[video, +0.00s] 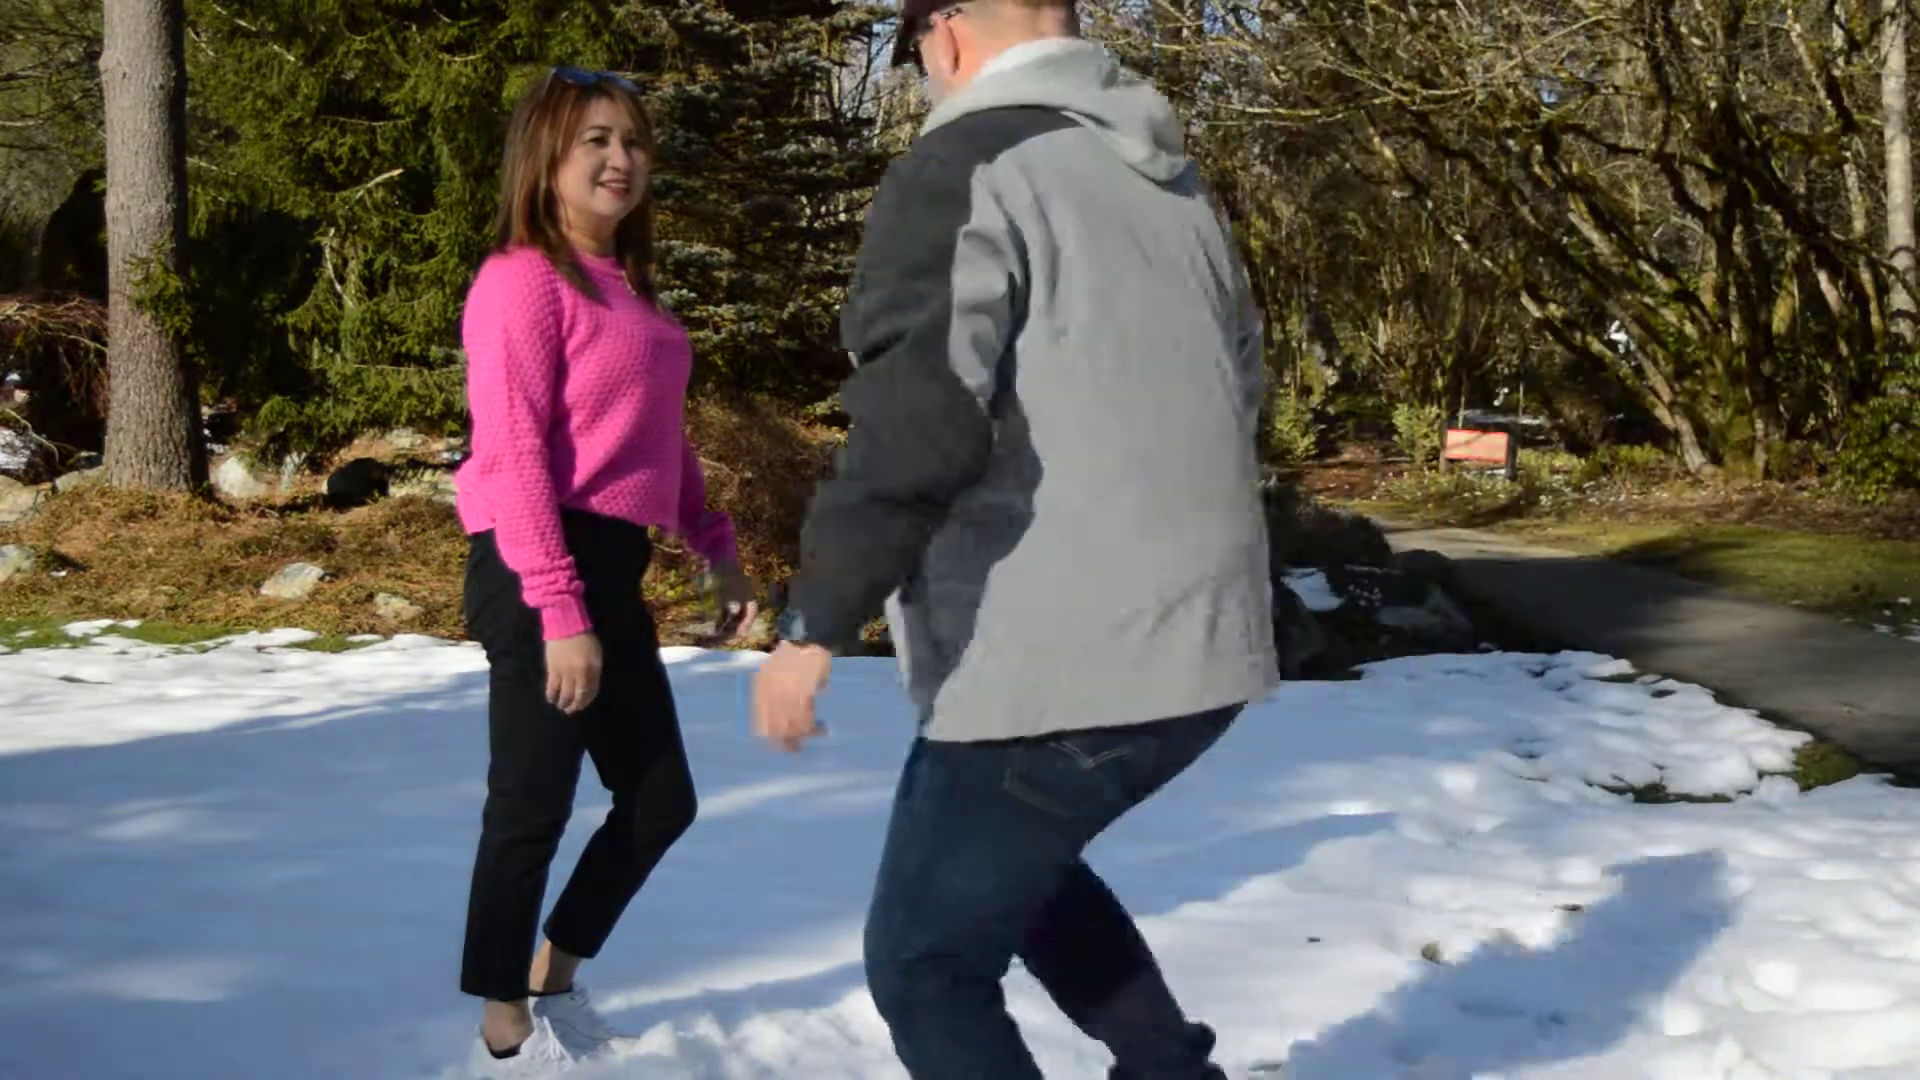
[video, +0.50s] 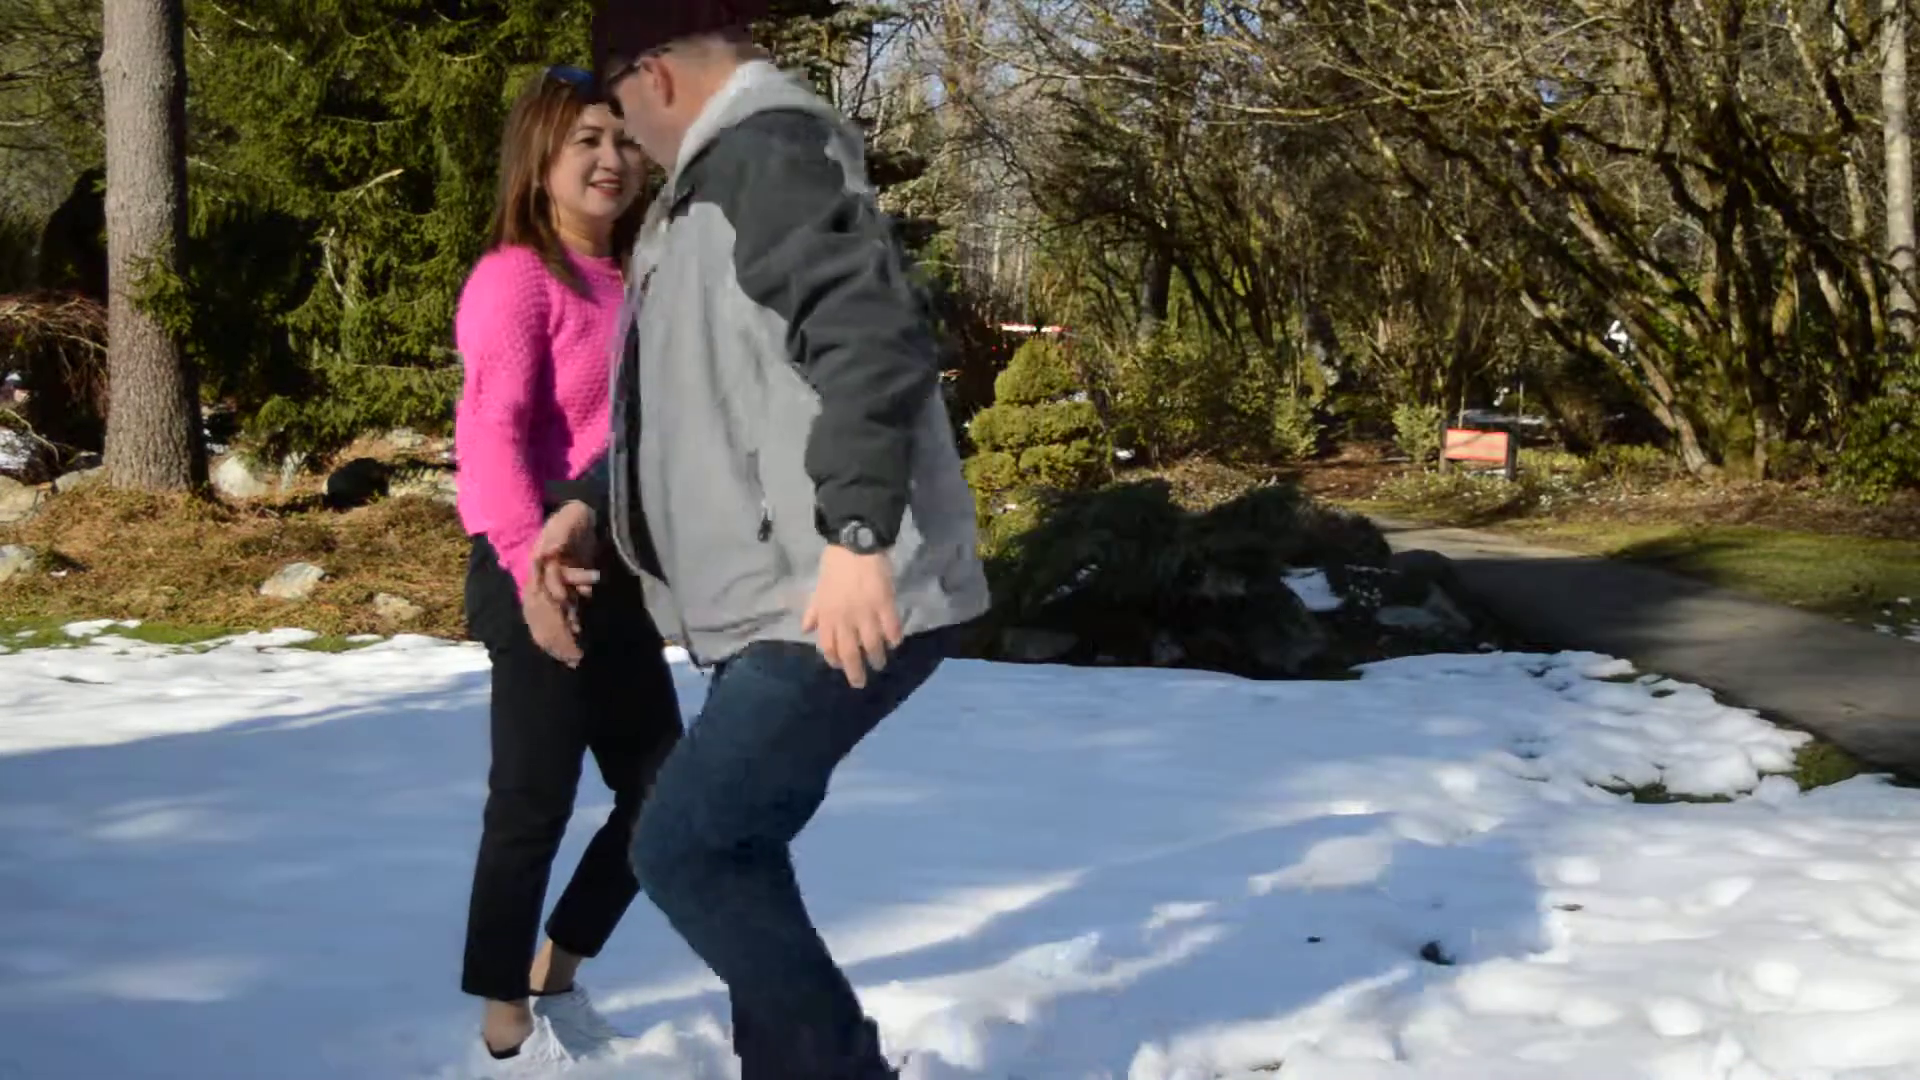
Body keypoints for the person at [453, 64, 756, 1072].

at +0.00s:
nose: (621, 159)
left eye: (633, 142)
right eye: (596, 142)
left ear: (645, 165)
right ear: (545, 163)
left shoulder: (623, 288)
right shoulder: (517, 281)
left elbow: (661, 445)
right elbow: (513, 458)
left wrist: (720, 558)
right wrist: (560, 614)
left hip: (608, 566)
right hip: (533, 561)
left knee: (660, 799)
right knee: (530, 805)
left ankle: (549, 978)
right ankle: (502, 1031)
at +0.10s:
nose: (620, 159)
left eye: (632, 142)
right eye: (595, 142)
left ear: (645, 164)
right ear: (544, 162)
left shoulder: (621, 286)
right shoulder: (517, 280)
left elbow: (664, 442)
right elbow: (511, 460)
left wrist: (718, 548)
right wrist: (559, 615)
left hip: (612, 560)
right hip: (536, 554)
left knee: (660, 800)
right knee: (529, 809)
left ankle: (549, 981)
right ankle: (503, 1034)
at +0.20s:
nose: (619, 159)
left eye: (632, 142)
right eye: (594, 142)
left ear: (644, 165)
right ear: (544, 163)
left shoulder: (628, 291)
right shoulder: (516, 283)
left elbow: (659, 454)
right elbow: (508, 463)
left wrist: (738, 563)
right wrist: (555, 613)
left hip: (606, 559)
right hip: (528, 551)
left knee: (660, 799)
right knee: (530, 804)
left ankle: (550, 979)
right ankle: (502, 1030)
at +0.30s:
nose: (617, 158)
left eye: (630, 142)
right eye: (593, 141)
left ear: (645, 164)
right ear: (543, 161)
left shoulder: (623, 286)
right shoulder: (516, 280)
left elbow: (660, 447)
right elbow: (502, 454)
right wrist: (556, 607)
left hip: (614, 556)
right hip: (534, 553)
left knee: (660, 804)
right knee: (530, 804)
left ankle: (548, 982)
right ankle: (502, 1038)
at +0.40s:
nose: (614, 159)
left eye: (628, 143)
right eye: (591, 141)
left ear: (643, 166)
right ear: (541, 160)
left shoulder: (619, 283)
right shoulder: (513, 279)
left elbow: (650, 428)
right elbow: (499, 448)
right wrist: (555, 588)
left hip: (612, 559)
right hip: (529, 559)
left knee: (656, 798)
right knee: (532, 799)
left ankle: (550, 978)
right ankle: (501, 1031)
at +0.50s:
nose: (610, 159)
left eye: (622, 142)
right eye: (587, 141)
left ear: (638, 162)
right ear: (539, 161)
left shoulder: (630, 280)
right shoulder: (511, 278)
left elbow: (654, 422)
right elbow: (489, 439)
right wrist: (529, 574)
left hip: (612, 562)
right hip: (530, 564)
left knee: (658, 790)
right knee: (530, 805)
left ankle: (551, 976)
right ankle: (501, 1036)